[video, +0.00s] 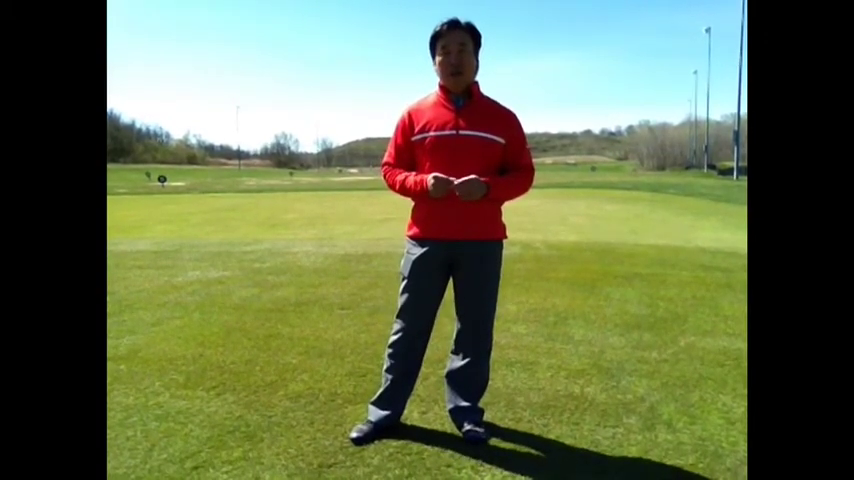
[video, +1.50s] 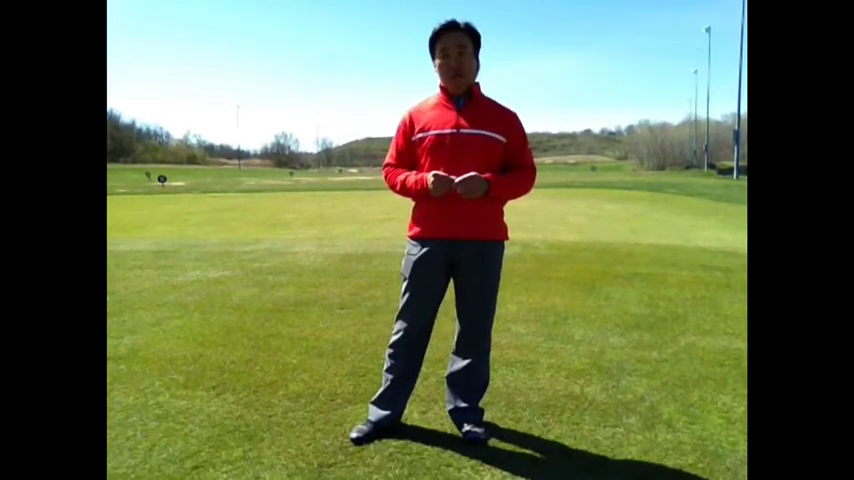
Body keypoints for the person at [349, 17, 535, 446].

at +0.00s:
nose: (453, 58)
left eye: (462, 50)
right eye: (445, 51)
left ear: (477, 57)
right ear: (433, 60)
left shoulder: (503, 119)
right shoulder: (415, 115)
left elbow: (524, 175)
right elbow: (390, 170)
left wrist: (488, 187)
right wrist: (423, 182)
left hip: (481, 243)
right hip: (426, 241)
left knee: (475, 333)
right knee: (408, 329)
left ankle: (468, 413)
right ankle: (384, 414)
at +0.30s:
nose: (453, 59)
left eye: (462, 51)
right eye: (444, 52)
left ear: (477, 58)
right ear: (433, 61)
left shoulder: (503, 119)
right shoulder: (414, 117)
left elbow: (525, 175)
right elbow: (390, 172)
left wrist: (489, 188)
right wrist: (423, 184)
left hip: (482, 243)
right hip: (427, 241)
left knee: (476, 333)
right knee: (408, 329)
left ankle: (467, 413)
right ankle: (383, 414)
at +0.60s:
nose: (454, 60)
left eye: (463, 52)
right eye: (446, 52)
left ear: (478, 58)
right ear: (434, 61)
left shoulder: (503, 119)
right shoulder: (415, 116)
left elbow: (525, 175)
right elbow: (391, 171)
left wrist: (489, 187)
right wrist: (424, 183)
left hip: (482, 243)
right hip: (427, 241)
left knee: (476, 333)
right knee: (408, 330)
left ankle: (467, 413)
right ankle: (384, 414)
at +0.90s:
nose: (454, 61)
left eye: (463, 52)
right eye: (446, 53)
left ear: (478, 59)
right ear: (435, 61)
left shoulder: (503, 120)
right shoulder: (416, 117)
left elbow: (525, 175)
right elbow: (390, 171)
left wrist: (489, 186)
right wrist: (423, 181)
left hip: (482, 243)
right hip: (427, 241)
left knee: (476, 333)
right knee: (408, 329)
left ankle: (468, 413)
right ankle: (384, 414)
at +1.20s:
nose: (453, 62)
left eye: (462, 53)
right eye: (445, 54)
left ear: (477, 59)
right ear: (434, 62)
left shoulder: (504, 120)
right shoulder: (416, 117)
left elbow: (526, 175)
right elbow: (392, 172)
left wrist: (489, 185)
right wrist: (424, 181)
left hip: (483, 244)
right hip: (427, 241)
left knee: (476, 334)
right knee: (408, 331)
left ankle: (468, 414)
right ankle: (383, 415)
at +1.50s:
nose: (452, 60)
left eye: (461, 51)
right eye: (444, 53)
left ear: (477, 58)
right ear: (433, 62)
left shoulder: (504, 119)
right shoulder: (415, 117)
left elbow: (525, 175)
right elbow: (392, 172)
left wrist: (489, 184)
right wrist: (424, 181)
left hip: (482, 243)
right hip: (427, 241)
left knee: (475, 334)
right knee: (408, 330)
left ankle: (468, 415)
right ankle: (383, 414)